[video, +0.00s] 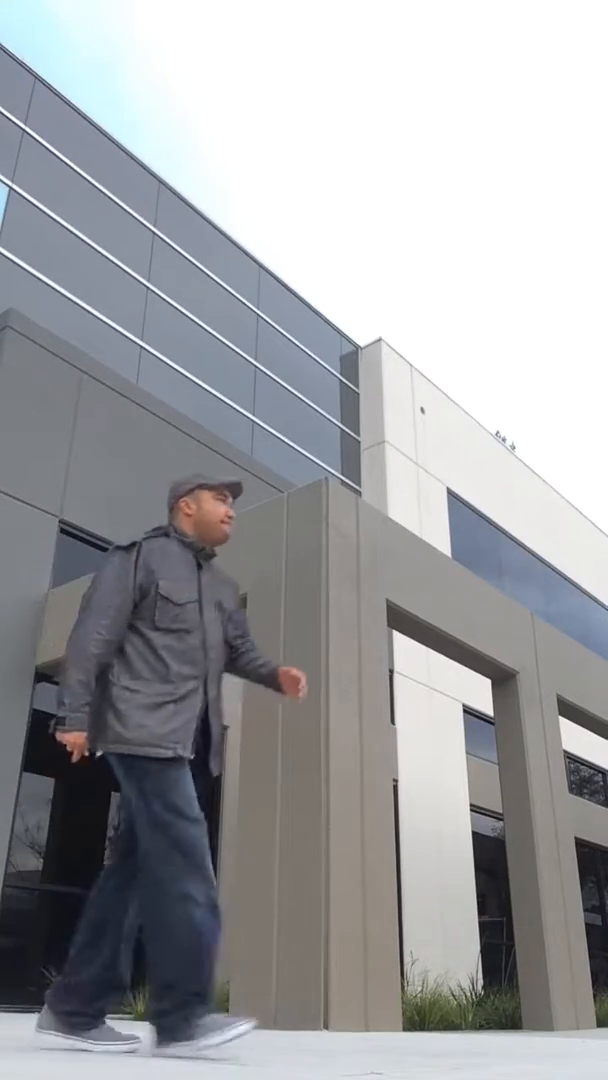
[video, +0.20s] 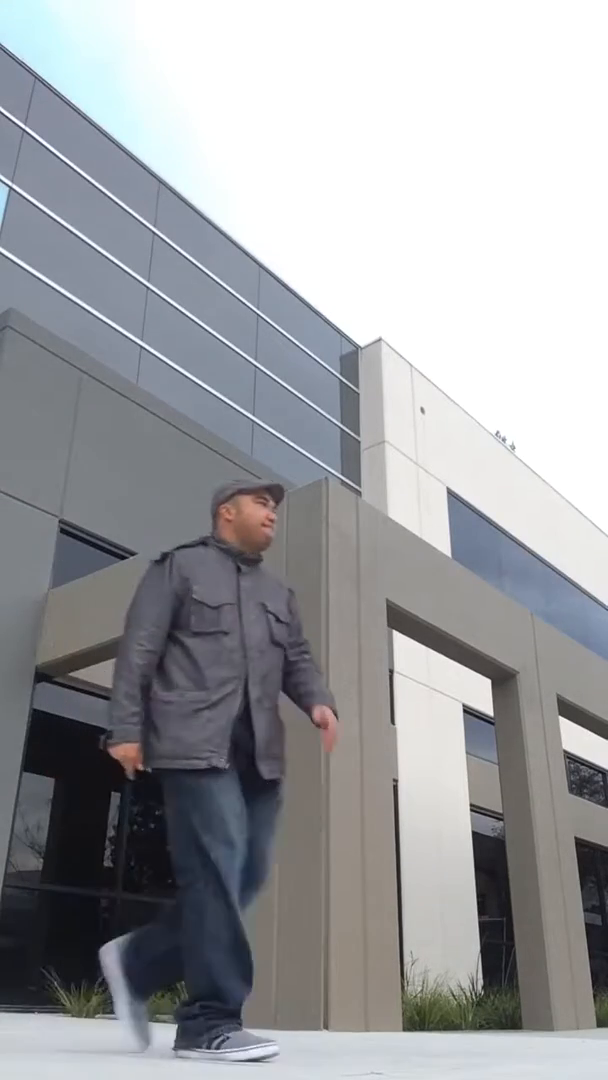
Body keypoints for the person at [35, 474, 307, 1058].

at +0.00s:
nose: (231, 511)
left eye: (231, 502)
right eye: (221, 500)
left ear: (203, 512)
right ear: (184, 507)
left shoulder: (221, 584)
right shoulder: (140, 558)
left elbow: (239, 650)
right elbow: (92, 635)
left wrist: (273, 673)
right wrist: (76, 713)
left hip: (187, 743)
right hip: (140, 735)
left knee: (134, 869)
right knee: (185, 864)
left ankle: (74, 1009)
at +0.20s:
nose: (273, 514)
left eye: (275, 507)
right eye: (262, 503)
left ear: (266, 522)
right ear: (226, 512)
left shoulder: (277, 591)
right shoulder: (181, 567)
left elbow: (296, 658)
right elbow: (137, 649)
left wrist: (316, 698)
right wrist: (126, 727)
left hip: (258, 748)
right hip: (193, 742)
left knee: (248, 874)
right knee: (215, 872)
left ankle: (135, 961)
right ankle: (209, 1025)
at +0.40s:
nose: (332, 511)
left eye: (335, 504)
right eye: (323, 499)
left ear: (314, 513)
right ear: (287, 502)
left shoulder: (326, 593)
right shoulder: (239, 551)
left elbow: (338, 678)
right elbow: (199, 623)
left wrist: (341, 739)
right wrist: (208, 695)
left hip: (317, 747)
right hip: (248, 736)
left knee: (350, 858)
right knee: (240, 877)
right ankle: (211, 1023)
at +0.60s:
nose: (396, 532)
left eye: (396, 525)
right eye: (389, 520)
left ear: (367, 523)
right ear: (357, 517)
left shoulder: (367, 584)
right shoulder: (319, 546)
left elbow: (365, 660)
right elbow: (294, 599)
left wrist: (383, 730)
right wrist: (308, 662)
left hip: (374, 737)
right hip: (322, 726)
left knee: (392, 875)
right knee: (297, 867)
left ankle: (428, 1024)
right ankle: (219, 1010)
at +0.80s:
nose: (427, 548)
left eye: (425, 542)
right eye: (423, 540)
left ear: (376, 540)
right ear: (406, 534)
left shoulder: (356, 578)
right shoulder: (399, 555)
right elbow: (411, 615)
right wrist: (436, 679)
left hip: (360, 744)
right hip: (400, 734)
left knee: (434, 863)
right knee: (485, 828)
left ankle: (433, 1026)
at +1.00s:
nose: (448, 541)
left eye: (441, 535)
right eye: (445, 535)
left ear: (397, 547)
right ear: (438, 538)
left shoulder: (370, 603)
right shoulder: (462, 560)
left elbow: (361, 685)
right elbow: (516, 609)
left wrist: (380, 761)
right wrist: (564, 680)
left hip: (403, 738)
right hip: (471, 721)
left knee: (431, 872)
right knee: (512, 866)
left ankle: (432, 1017)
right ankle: (567, 1024)